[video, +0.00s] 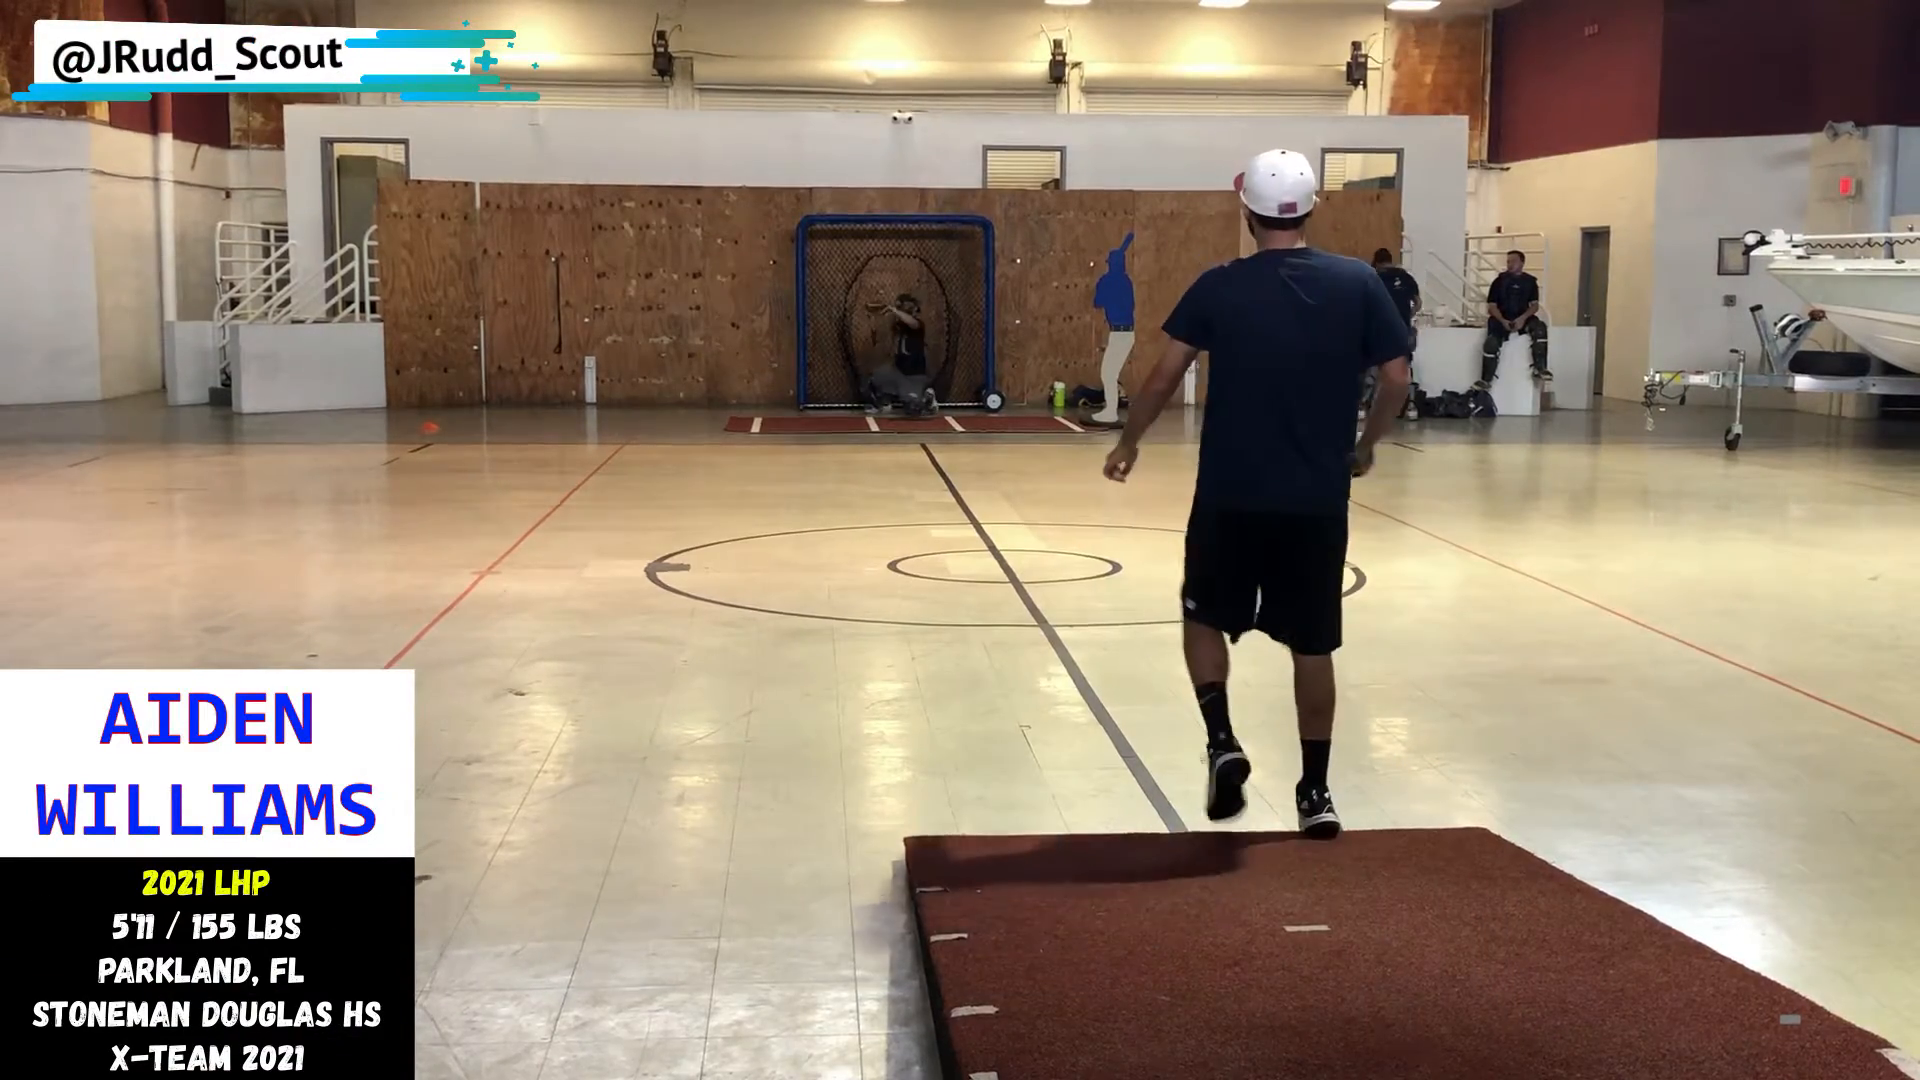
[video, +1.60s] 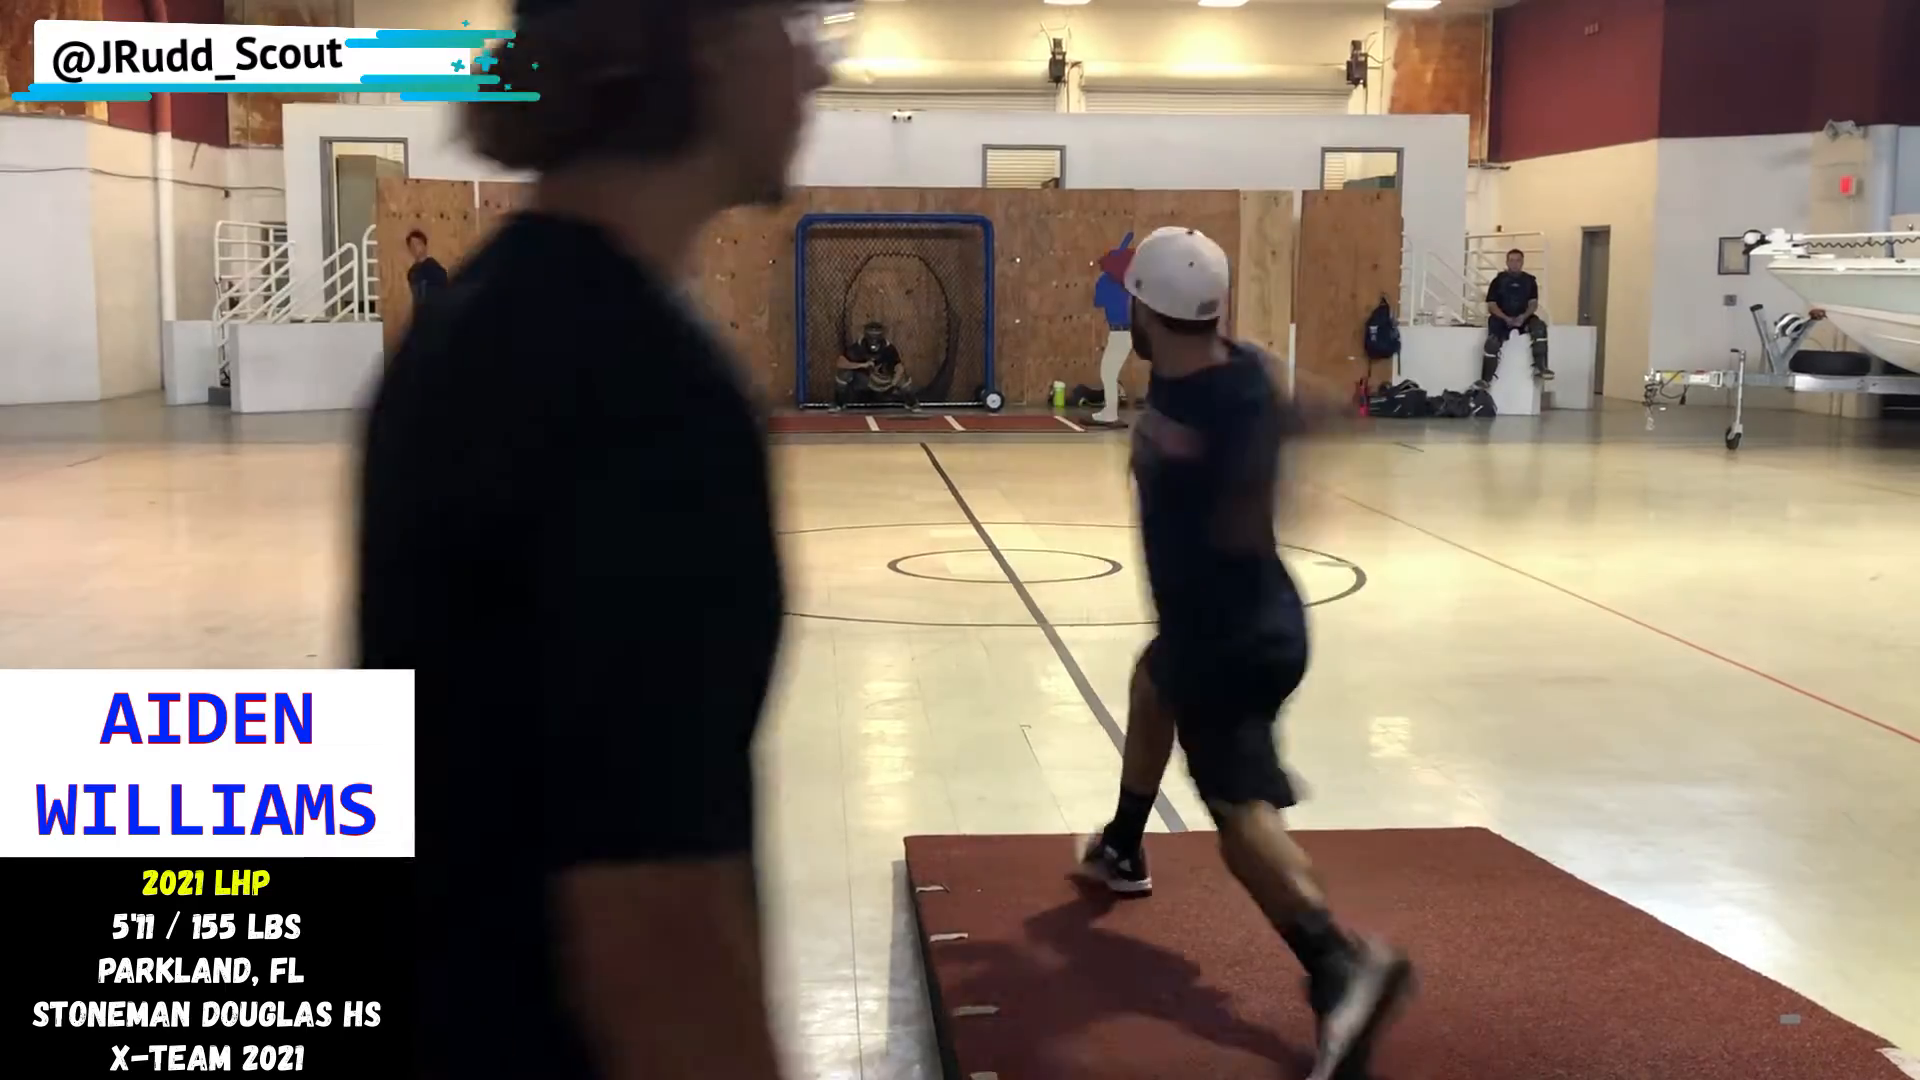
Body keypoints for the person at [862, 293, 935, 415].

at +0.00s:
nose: (900, 311)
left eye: (904, 307)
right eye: (899, 308)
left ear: (914, 309)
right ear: (897, 310)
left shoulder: (918, 325)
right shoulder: (898, 325)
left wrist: (894, 311)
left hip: (914, 374)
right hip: (898, 369)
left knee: (911, 409)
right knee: (875, 379)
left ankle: (928, 399)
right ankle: (884, 403)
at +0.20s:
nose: (904, 303)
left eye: (908, 300)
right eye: (903, 300)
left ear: (916, 303)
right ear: (900, 303)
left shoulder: (916, 320)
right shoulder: (902, 317)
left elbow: (898, 321)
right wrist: (884, 315)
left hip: (913, 372)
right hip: (898, 369)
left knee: (909, 409)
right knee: (875, 379)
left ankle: (927, 399)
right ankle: (884, 403)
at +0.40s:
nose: (893, 328)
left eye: (896, 325)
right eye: (890, 325)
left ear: (901, 325)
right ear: (885, 324)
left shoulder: (908, 339)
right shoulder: (875, 339)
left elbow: (918, 358)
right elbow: (868, 359)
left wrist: (900, 362)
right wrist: (882, 353)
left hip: (903, 382)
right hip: (883, 381)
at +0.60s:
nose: (890, 319)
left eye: (893, 316)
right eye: (886, 316)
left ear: (898, 315)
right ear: (881, 315)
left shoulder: (905, 328)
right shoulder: (872, 327)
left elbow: (916, 349)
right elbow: (863, 346)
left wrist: (901, 355)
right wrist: (878, 343)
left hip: (898, 370)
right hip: (877, 370)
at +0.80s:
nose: (882, 326)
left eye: (885, 323)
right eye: (878, 323)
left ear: (889, 322)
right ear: (873, 321)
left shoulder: (896, 333)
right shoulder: (866, 332)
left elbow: (909, 353)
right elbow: (850, 354)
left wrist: (895, 362)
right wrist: (870, 352)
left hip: (890, 367)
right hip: (868, 369)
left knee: (907, 371)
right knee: (848, 370)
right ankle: (839, 402)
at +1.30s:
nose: (873, 339)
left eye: (876, 336)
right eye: (870, 336)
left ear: (881, 336)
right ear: (865, 335)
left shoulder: (888, 348)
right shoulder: (856, 346)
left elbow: (899, 367)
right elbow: (840, 362)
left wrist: (891, 378)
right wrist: (863, 363)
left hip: (882, 380)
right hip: (860, 382)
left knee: (902, 378)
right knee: (842, 374)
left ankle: (912, 403)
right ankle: (839, 404)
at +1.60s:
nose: (874, 341)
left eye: (877, 337)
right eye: (871, 337)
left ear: (882, 337)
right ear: (866, 336)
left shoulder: (889, 349)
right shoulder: (858, 347)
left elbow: (900, 368)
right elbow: (840, 363)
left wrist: (894, 385)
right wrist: (863, 365)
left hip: (885, 384)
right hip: (862, 383)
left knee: (902, 377)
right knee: (844, 373)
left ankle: (912, 403)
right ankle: (839, 403)